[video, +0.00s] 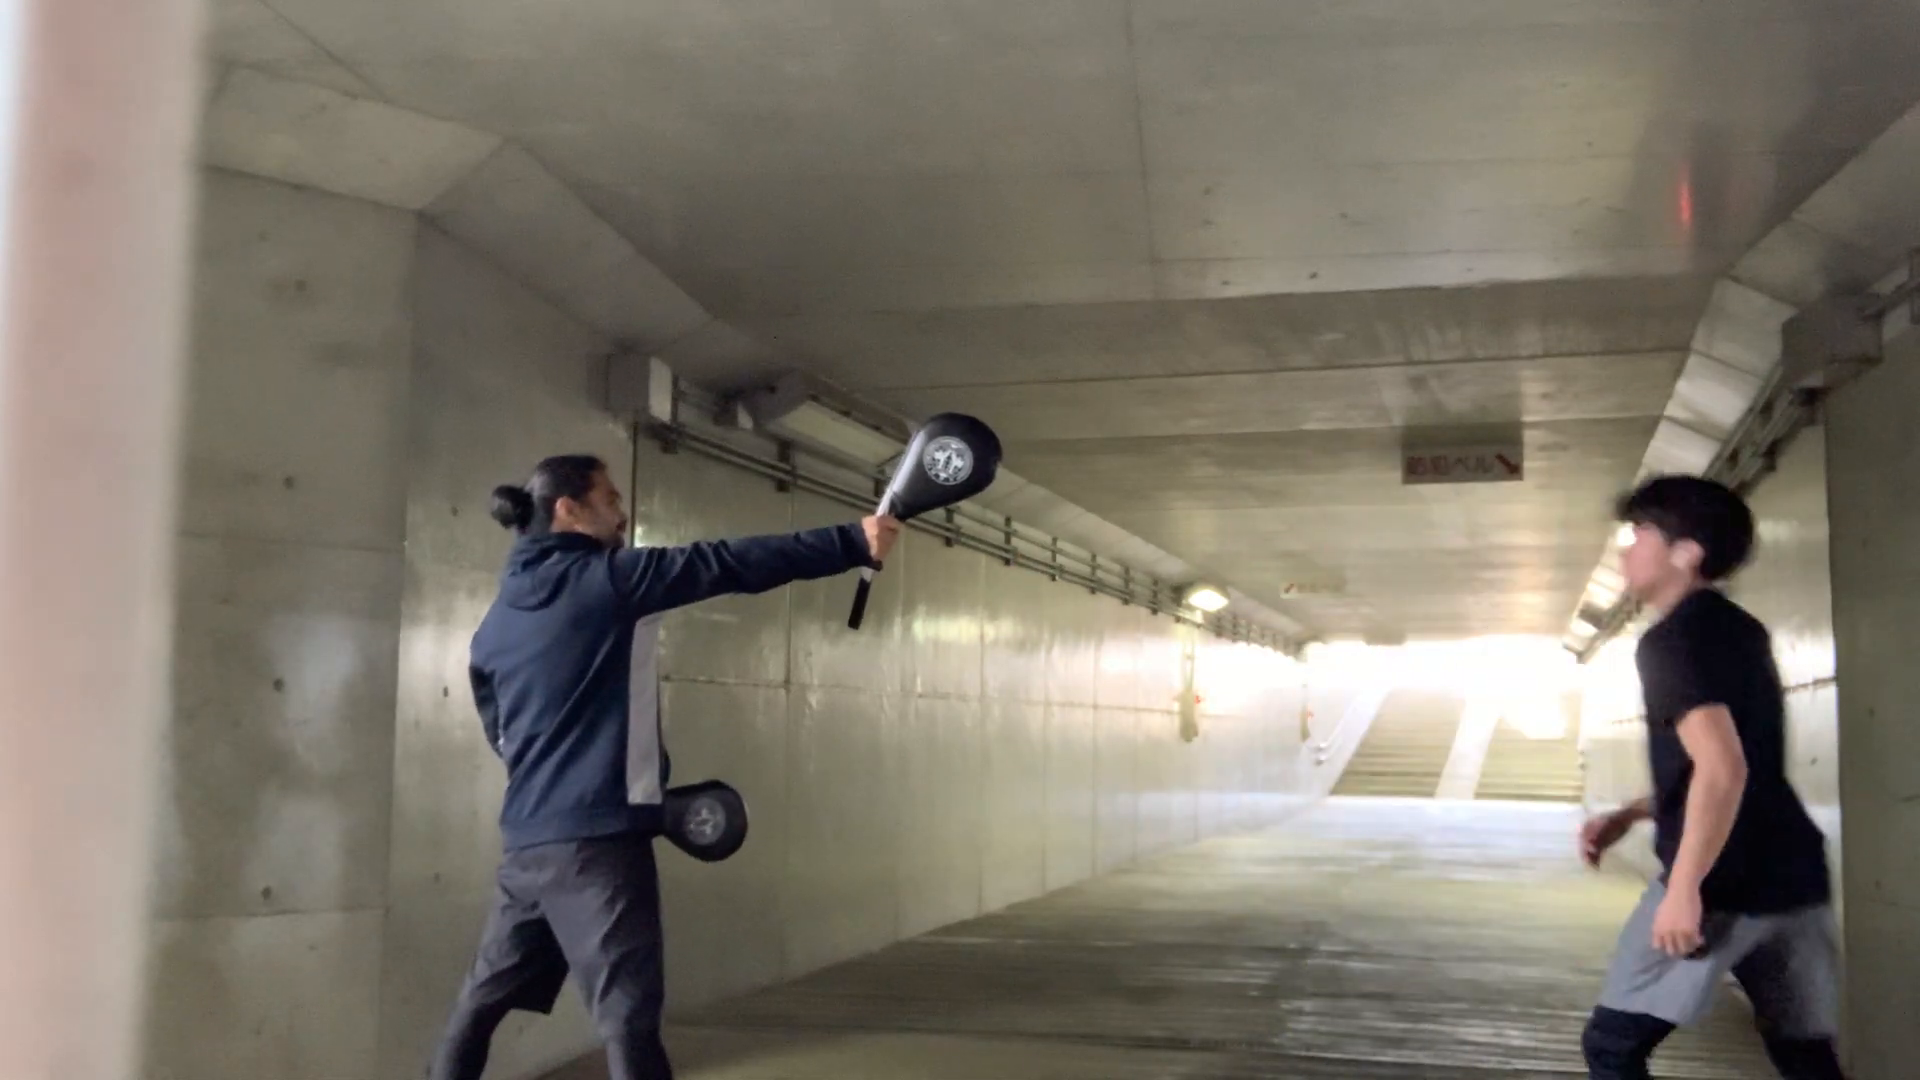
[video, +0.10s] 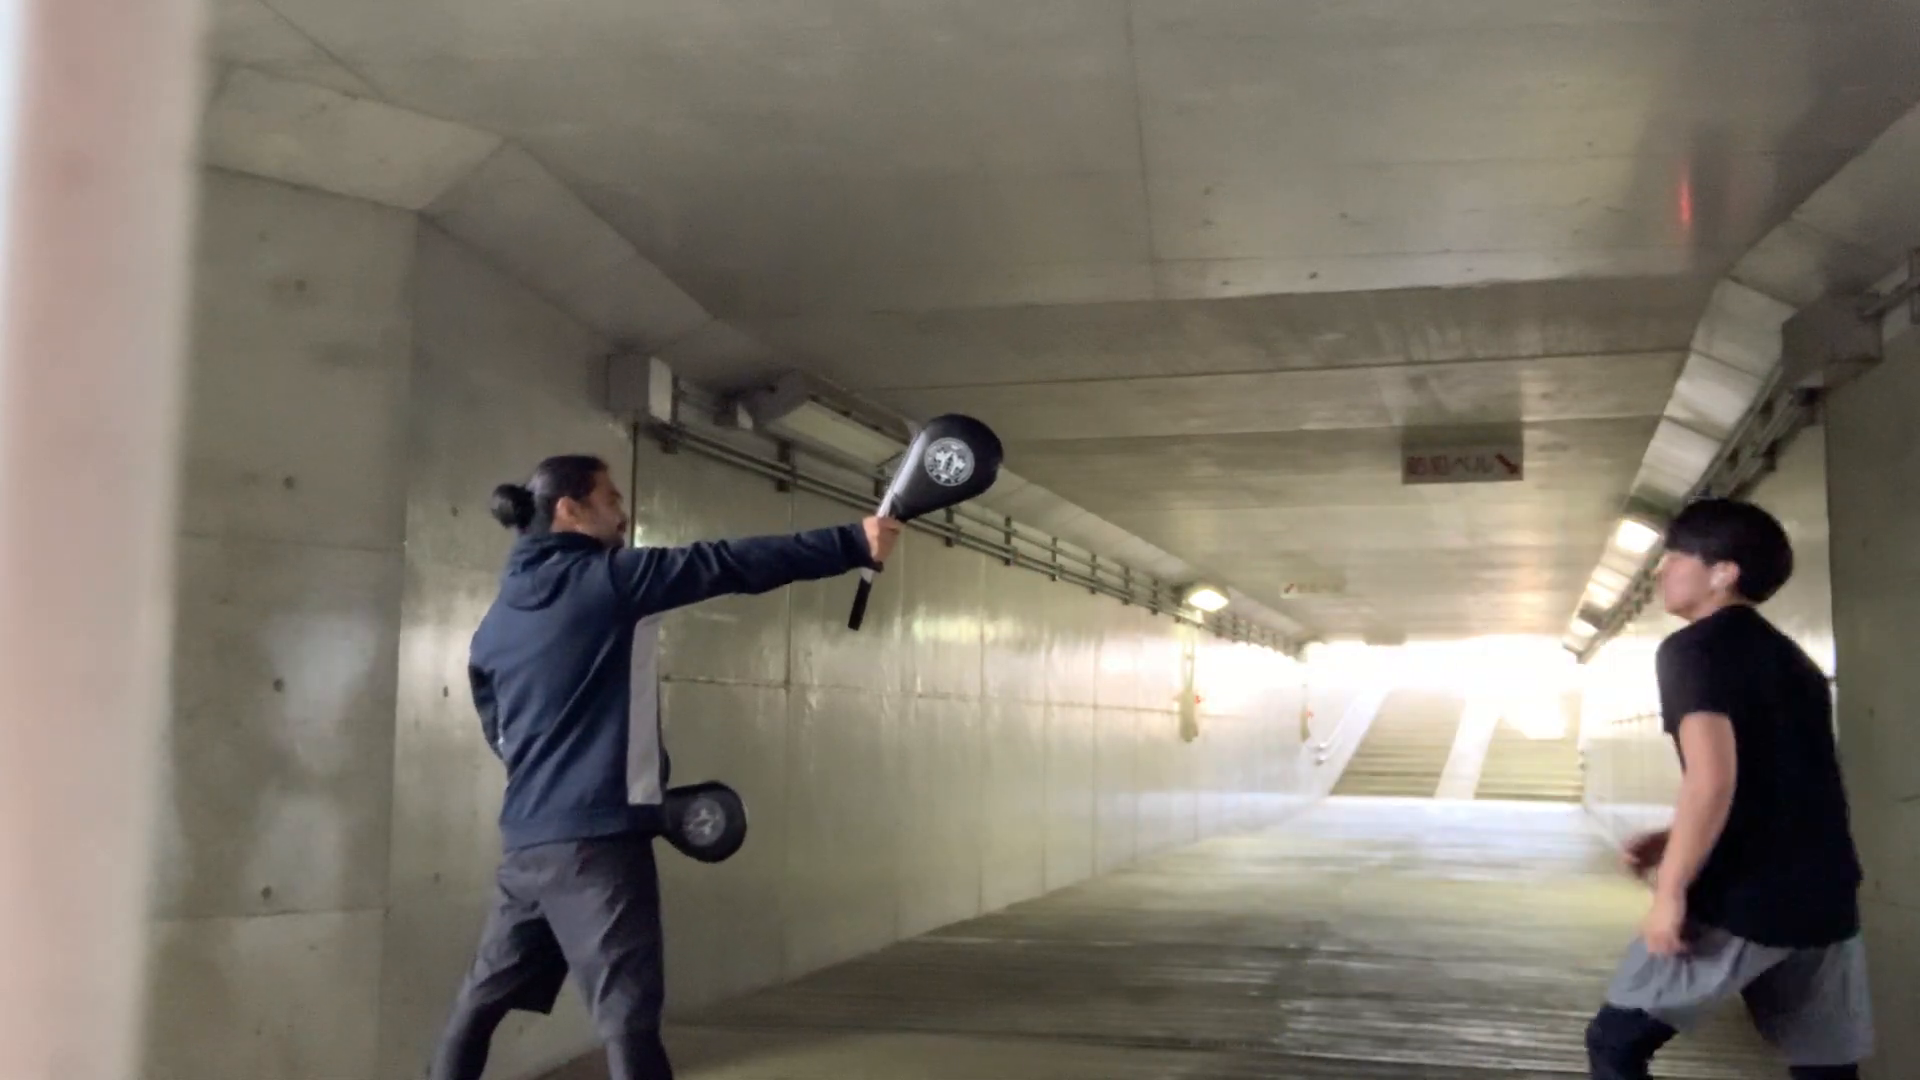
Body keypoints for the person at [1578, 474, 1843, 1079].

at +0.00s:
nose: (1625, 548)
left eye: (1640, 532)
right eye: (1631, 531)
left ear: (1687, 554)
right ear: (1690, 556)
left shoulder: (1671, 640)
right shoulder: (1743, 630)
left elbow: (1723, 768)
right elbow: (1719, 769)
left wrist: (1683, 887)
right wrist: (1629, 817)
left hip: (1713, 883)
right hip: (1790, 873)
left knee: (1612, 1046)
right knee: (1808, 1055)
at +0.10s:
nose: (1662, 567)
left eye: (1677, 555)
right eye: (1668, 553)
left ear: (1724, 574)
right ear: (1727, 577)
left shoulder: (1694, 650)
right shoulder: (1794, 660)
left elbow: (1711, 778)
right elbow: (1782, 789)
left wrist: (1669, 893)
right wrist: (1677, 839)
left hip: (1740, 899)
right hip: (1823, 895)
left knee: (1615, 1043)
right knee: (1829, 1069)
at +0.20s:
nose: (1673, 551)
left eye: (1686, 536)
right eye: (1677, 536)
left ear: (1736, 551)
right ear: (1742, 555)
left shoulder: (1696, 623)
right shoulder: (1821, 652)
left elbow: (1700, 729)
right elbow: (1847, 790)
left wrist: (1654, 830)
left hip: (1736, 874)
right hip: (1824, 876)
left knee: (1623, 1033)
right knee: (1839, 1059)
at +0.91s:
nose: (1645, 526)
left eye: (1658, 513)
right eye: (1650, 512)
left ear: (1706, 527)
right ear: (1716, 533)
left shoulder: (1658, 589)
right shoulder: (1789, 624)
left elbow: (1647, 689)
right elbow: (1826, 745)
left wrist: (1594, 766)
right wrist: (1762, 792)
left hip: (1668, 841)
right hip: (1765, 849)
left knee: (1586, 1027)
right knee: (1816, 1035)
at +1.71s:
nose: (1606, 535)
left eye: (1620, 520)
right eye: (1611, 518)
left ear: (1668, 539)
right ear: (1675, 544)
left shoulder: (1608, 599)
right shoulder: (1739, 628)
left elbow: (1587, 703)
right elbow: (1797, 745)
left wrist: (1527, 799)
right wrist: (1787, 847)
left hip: (1618, 845)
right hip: (1716, 852)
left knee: (1530, 1010)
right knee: (1775, 1028)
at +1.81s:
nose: (1577, 570)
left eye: (1591, 554)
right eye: (1582, 552)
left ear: (1641, 575)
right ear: (1647, 579)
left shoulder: (1585, 643)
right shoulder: (1708, 669)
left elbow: (1548, 747)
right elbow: (1786, 764)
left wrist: (1465, 824)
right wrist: (1810, 864)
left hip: (1611, 890)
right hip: (1708, 894)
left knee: (1490, 1009)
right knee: (1771, 1047)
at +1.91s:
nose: (1543, 585)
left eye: (1561, 575)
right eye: (1551, 572)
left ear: (1605, 602)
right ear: (1605, 606)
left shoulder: (1567, 671)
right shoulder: (1638, 690)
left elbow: (1547, 779)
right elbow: (1706, 803)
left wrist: (1434, 815)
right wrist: (1757, 904)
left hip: (1576, 926)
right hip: (1658, 928)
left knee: (1433, 1029)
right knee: (1746, 1059)